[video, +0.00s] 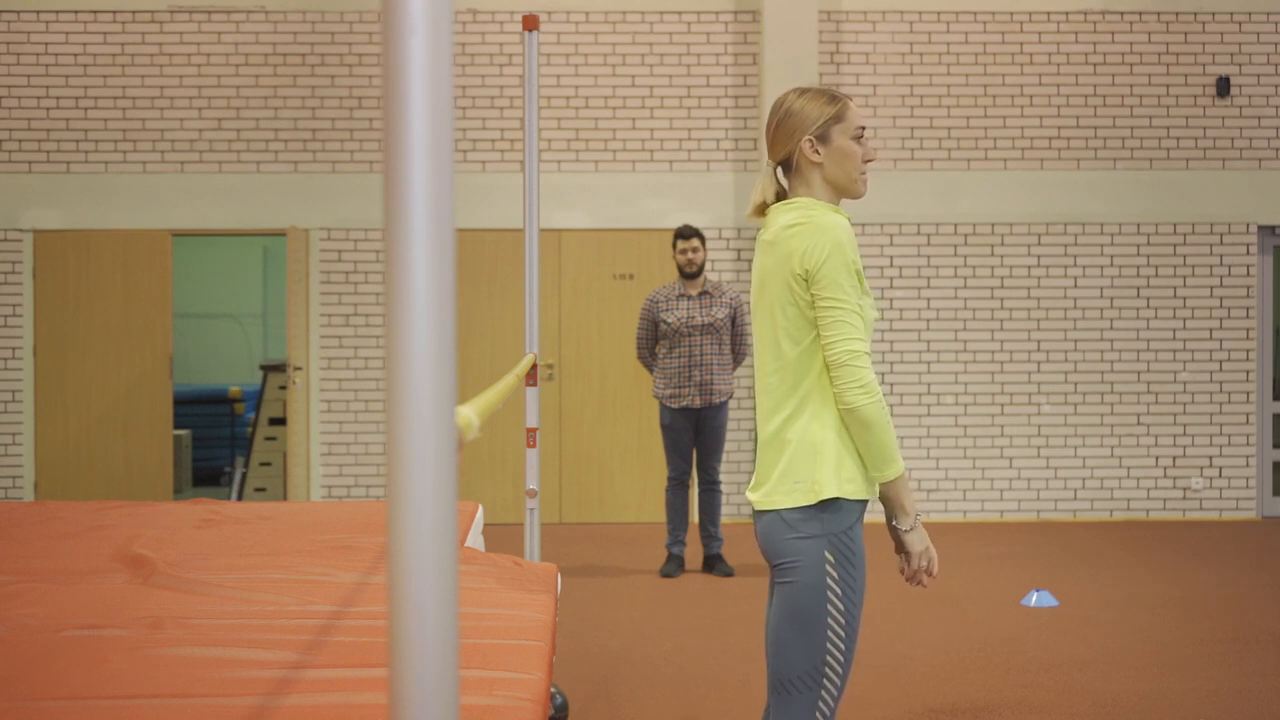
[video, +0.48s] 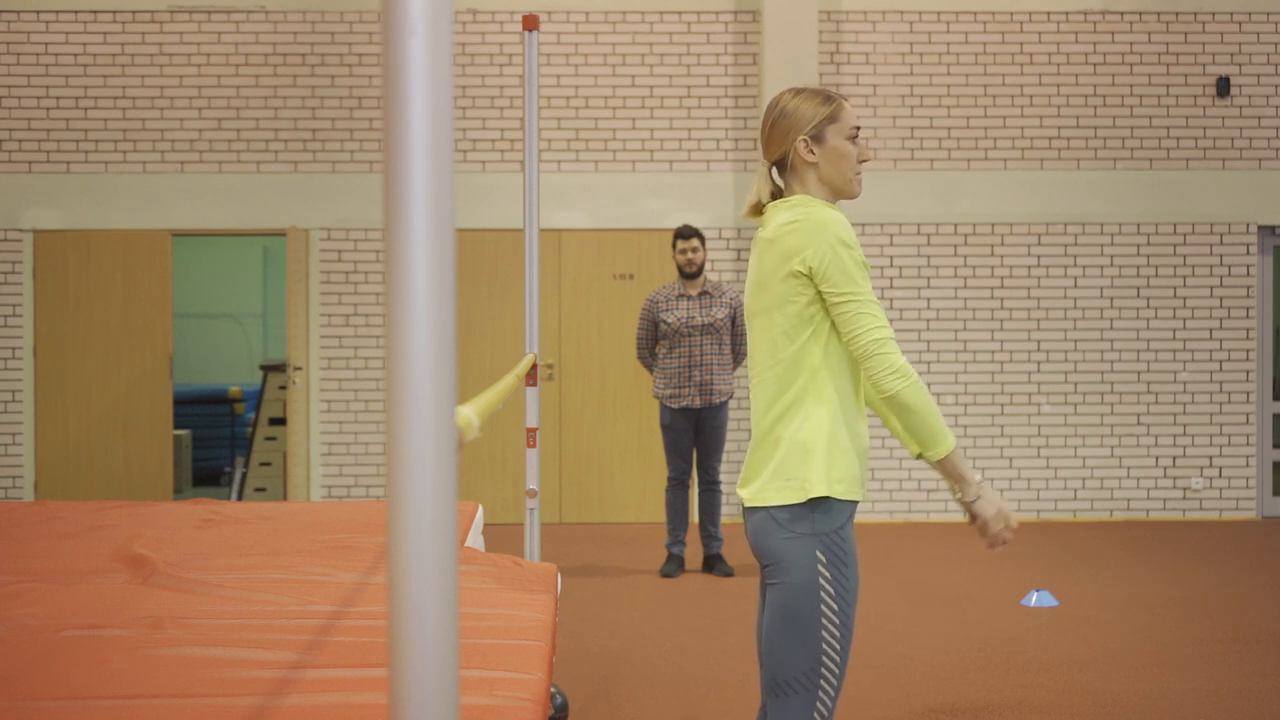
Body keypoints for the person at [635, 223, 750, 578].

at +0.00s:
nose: (689, 256)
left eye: (695, 250)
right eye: (682, 251)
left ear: (705, 254)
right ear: (674, 256)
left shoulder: (728, 297)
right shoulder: (658, 300)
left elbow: (741, 347)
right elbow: (644, 350)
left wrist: (718, 372)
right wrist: (669, 376)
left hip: (715, 402)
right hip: (674, 402)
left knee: (710, 478)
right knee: (678, 478)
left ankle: (713, 553)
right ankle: (675, 553)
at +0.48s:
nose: (689, 256)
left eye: (695, 250)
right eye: (682, 251)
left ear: (705, 254)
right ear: (674, 256)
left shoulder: (728, 297)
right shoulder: (659, 300)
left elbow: (740, 348)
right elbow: (644, 350)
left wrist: (718, 372)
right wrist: (669, 376)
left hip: (715, 402)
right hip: (675, 402)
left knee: (710, 478)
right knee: (678, 477)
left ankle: (713, 552)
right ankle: (675, 553)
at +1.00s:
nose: (689, 256)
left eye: (695, 250)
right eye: (682, 251)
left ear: (705, 254)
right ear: (674, 256)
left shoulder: (726, 298)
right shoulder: (658, 300)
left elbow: (738, 346)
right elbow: (644, 351)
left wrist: (720, 372)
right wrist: (668, 377)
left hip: (716, 402)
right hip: (675, 402)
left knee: (710, 478)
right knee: (678, 477)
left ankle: (713, 552)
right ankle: (675, 552)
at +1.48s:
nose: (688, 256)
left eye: (694, 250)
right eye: (682, 251)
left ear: (705, 254)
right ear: (673, 256)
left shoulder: (727, 296)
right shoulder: (658, 300)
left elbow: (741, 346)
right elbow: (644, 351)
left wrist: (718, 372)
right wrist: (670, 376)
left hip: (716, 402)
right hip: (675, 402)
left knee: (710, 479)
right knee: (678, 478)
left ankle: (713, 552)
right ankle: (675, 552)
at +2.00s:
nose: (688, 256)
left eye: (694, 250)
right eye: (682, 252)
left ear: (705, 254)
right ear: (673, 257)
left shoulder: (728, 297)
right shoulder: (658, 300)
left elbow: (742, 347)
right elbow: (644, 350)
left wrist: (718, 372)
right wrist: (669, 376)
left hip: (715, 402)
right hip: (674, 402)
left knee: (710, 479)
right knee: (679, 478)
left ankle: (713, 553)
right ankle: (675, 553)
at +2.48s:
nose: (688, 256)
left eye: (693, 250)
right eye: (681, 251)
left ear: (704, 253)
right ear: (673, 256)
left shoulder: (728, 297)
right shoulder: (658, 300)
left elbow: (742, 347)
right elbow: (644, 351)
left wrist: (719, 372)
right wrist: (670, 377)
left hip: (716, 402)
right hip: (675, 403)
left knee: (710, 479)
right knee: (678, 478)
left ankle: (713, 553)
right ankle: (675, 553)